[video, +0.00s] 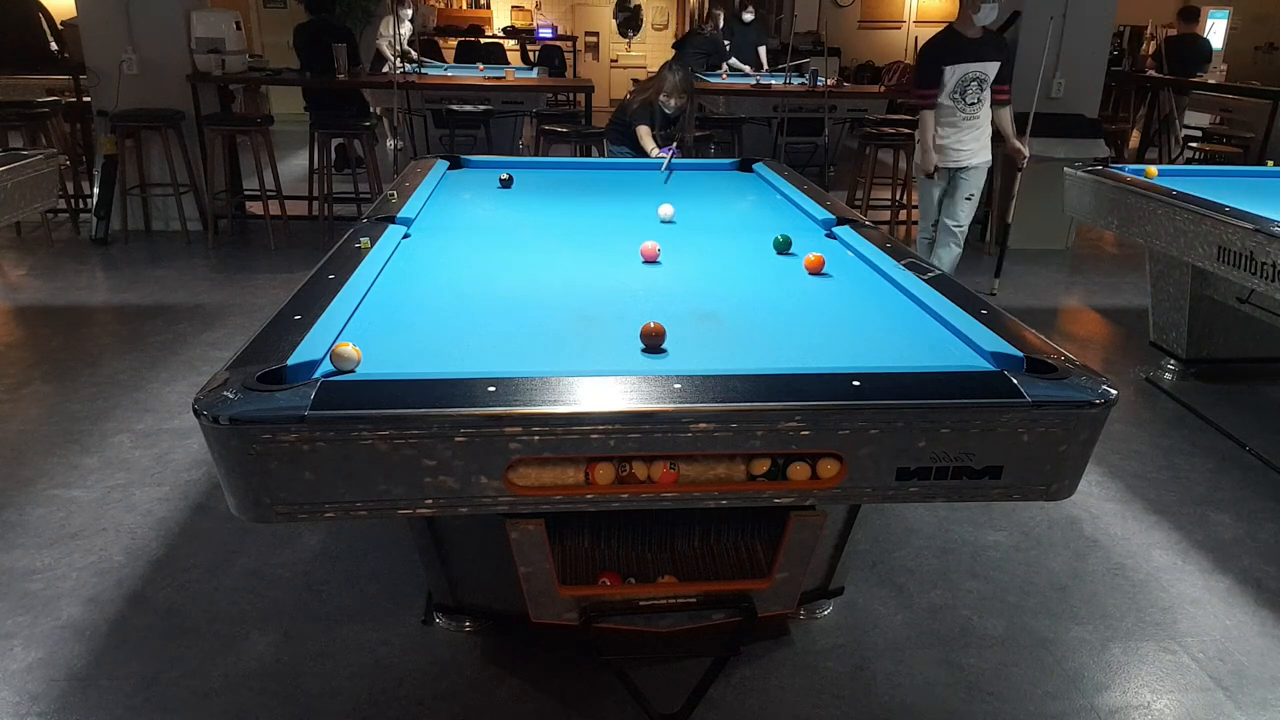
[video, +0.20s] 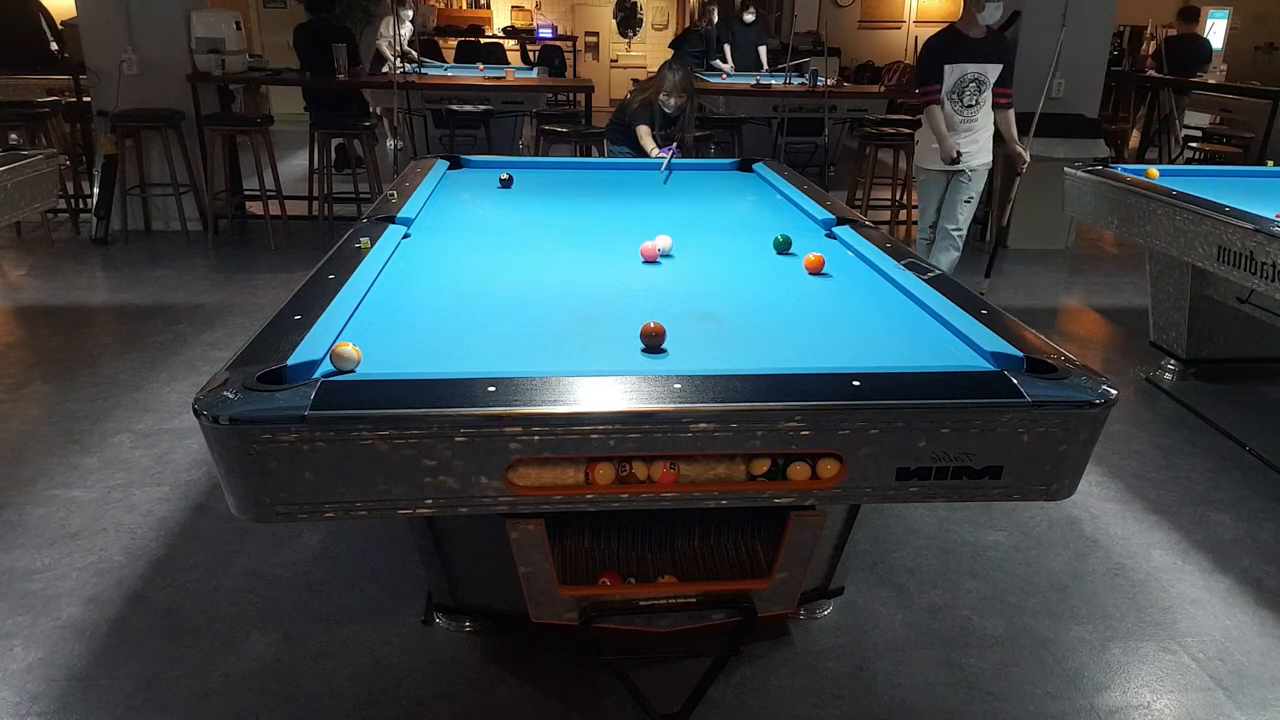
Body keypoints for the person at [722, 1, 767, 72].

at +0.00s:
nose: (749, 16)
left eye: (751, 13)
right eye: (746, 13)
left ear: (755, 13)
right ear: (741, 12)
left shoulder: (757, 25)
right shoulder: (732, 24)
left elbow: (761, 46)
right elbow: (725, 44)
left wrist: (765, 65)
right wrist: (724, 63)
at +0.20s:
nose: (750, 16)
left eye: (753, 14)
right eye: (747, 14)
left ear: (756, 14)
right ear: (741, 13)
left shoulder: (758, 26)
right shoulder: (732, 25)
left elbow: (761, 46)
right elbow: (726, 44)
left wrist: (765, 66)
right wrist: (730, 63)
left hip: (754, 69)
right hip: (736, 69)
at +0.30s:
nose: (750, 17)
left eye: (753, 14)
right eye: (747, 14)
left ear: (756, 14)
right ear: (742, 13)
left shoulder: (758, 26)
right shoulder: (733, 25)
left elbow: (762, 46)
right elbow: (727, 45)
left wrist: (765, 65)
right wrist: (738, 62)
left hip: (754, 69)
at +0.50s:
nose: (747, 15)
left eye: (750, 12)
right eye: (745, 11)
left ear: (754, 14)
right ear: (740, 12)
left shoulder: (758, 26)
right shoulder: (734, 25)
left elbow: (762, 46)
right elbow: (736, 46)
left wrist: (765, 65)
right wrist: (753, 64)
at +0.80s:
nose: (744, 12)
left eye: (747, 9)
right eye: (741, 9)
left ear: (753, 12)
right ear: (738, 11)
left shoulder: (758, 26)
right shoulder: (734, 25)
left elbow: (762, 45)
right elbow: (739, 45)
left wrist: (765, 65)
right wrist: (755, 63)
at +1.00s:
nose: (741, 11)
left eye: (744, 8)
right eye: (739, 8)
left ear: (750, 12)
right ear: (736, 10)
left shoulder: (757, 25)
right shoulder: (732, 26)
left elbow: (762, 45)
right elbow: (738, 45)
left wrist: (765, 65)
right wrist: (751, 63)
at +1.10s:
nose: (740, 11)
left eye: (743, 8)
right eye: (738, 8)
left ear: (750, 12)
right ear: (735, 10)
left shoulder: (757, 25)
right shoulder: (732, 25)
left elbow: (762, 46)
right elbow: (736, 45)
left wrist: (765, 66)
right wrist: (750, 63)